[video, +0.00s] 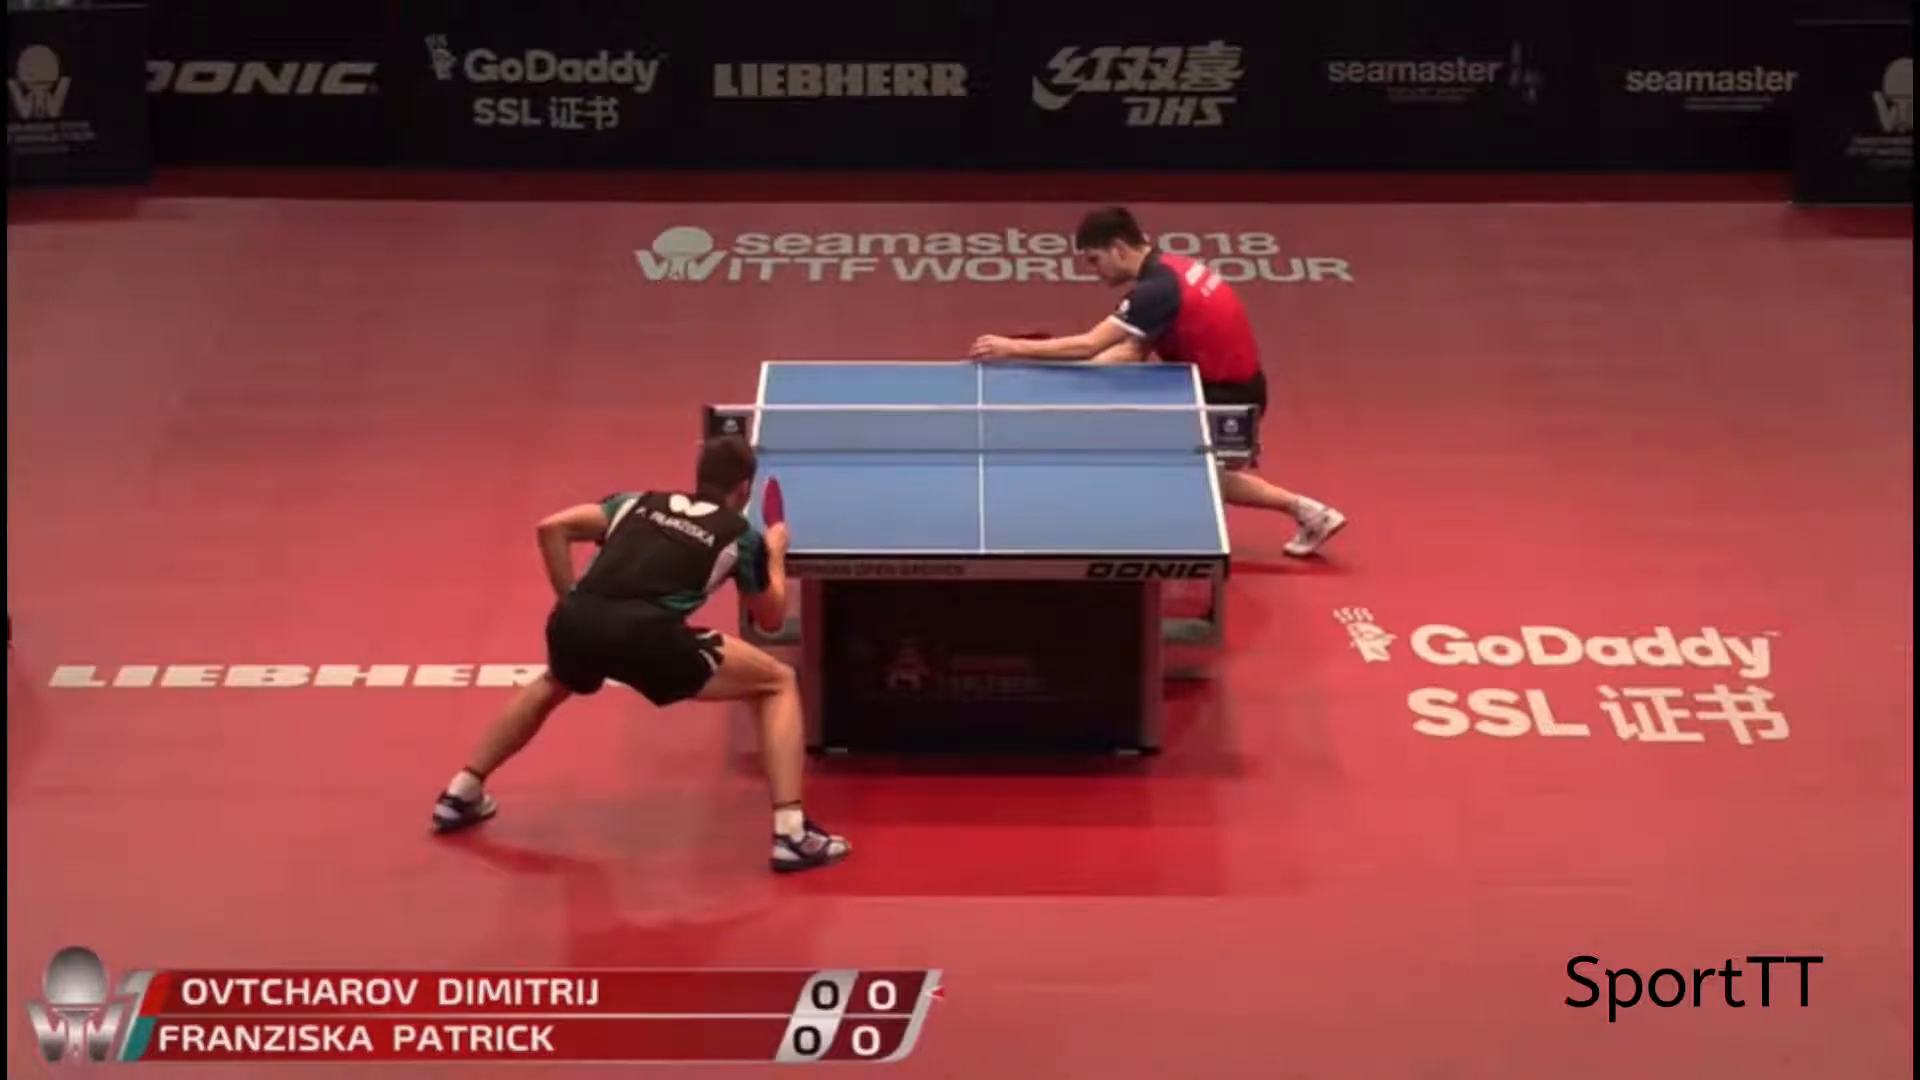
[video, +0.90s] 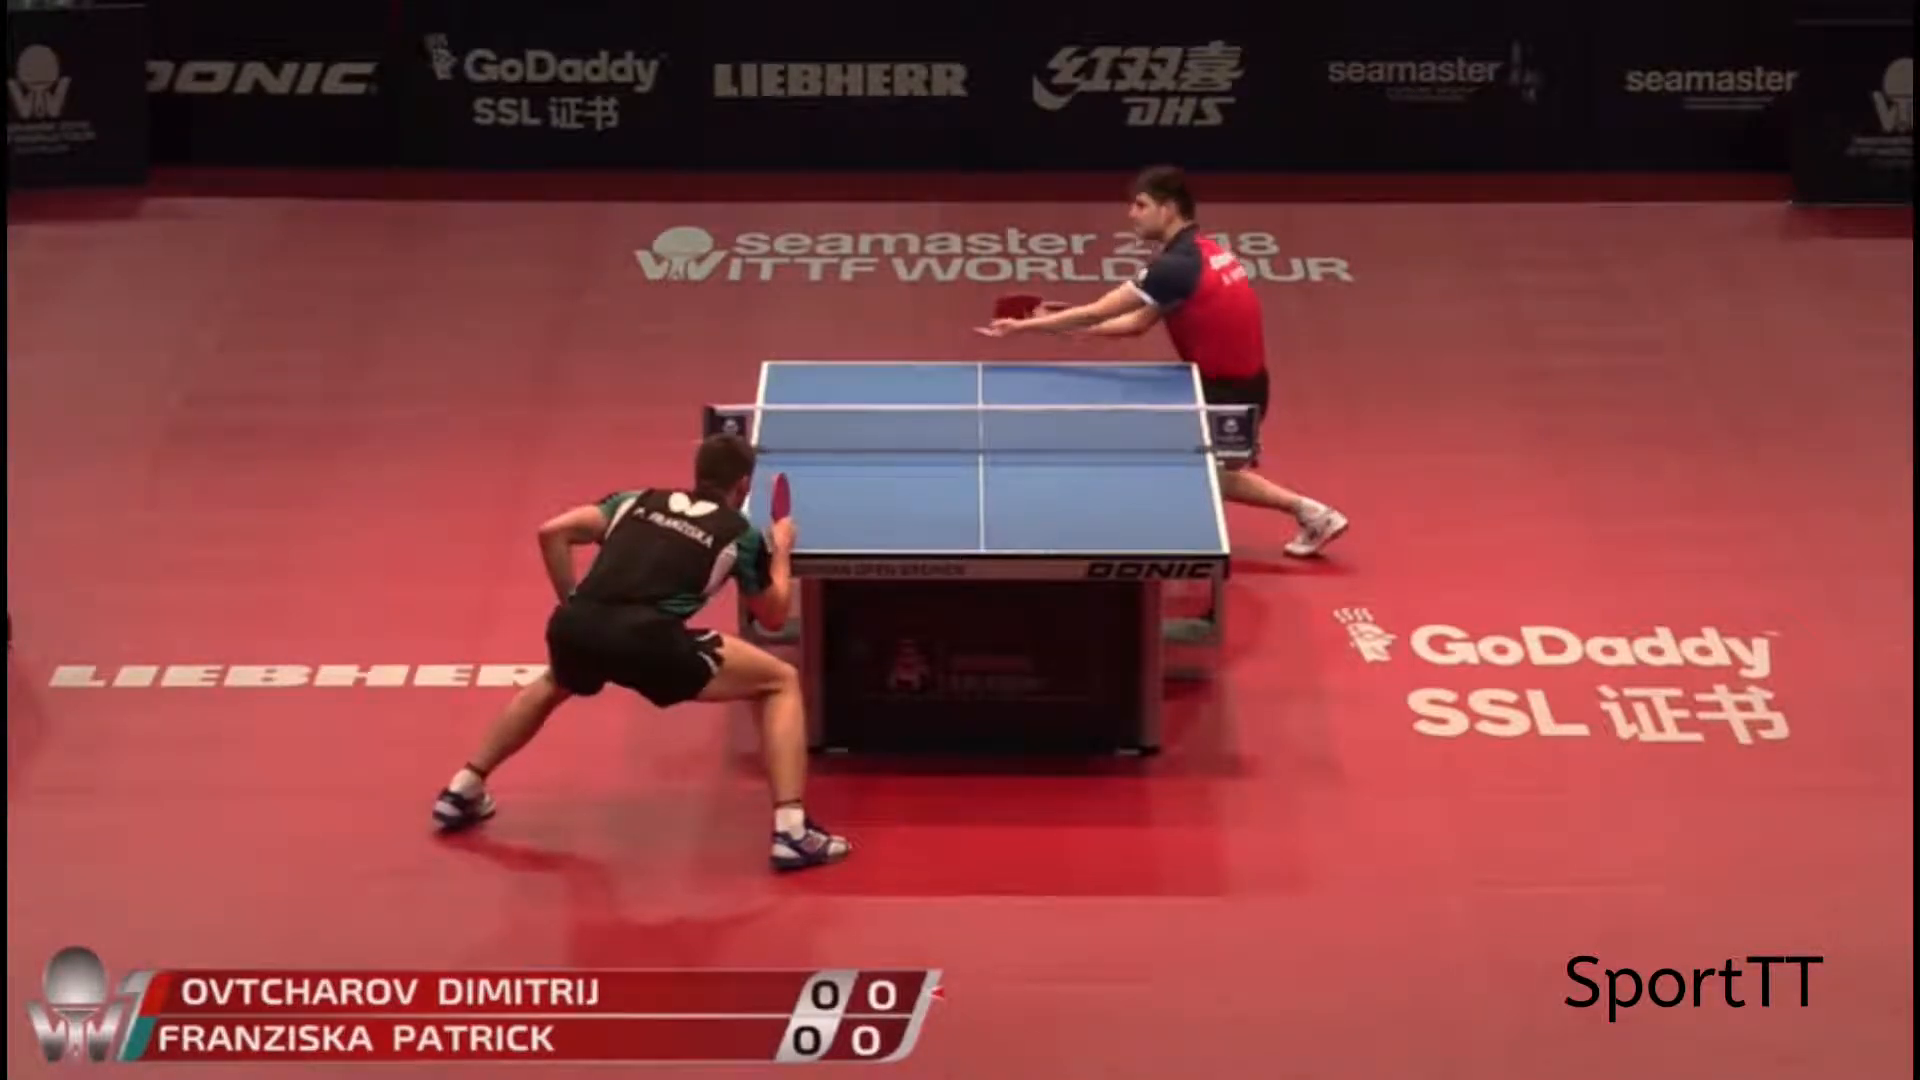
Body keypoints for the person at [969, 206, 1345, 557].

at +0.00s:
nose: (1093, 271)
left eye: (1094, 260)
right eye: (1090, 262)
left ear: (1119, 248)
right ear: (1128, 245)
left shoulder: (1158, 284)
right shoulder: (1166, 269)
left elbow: (1088, 345)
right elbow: (1135, 349)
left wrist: (1012, 348)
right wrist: (1079, 374)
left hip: (1231, 391)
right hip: (1210, 382)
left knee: (1213, 478)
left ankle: (1309, 512)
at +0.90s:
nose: (1132, 216)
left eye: (1138, 207)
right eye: (1133, 207)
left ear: (1167, 208)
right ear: (1174, 210)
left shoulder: (1178, 262)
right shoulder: (1207, 249)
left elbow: (1098, 312)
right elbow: (1136, 323)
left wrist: (1023, 326)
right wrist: (1070, 322)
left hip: (1224, 390)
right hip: (1242, 383)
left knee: (1216, 477)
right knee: (1219, 475)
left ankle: (1311, 513)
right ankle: (1310, 515)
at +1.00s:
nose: (1145, 184)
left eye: (1154, 176)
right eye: (1147, 175)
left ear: (1180, 181)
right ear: (1182, 183)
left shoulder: (1188, 234)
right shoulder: (1210, 223)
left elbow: (1112, 276)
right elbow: (1139, 283)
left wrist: (1053, 278)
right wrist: (1070, 273)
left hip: (1223, 369)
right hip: (1238, 364)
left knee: (1230, 467)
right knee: (1232, 466)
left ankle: (1319, 516)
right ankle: (1318, 517)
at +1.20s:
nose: (1159, 139)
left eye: (1171, 131)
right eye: (1162, 131)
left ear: (1200, 142)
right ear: (1195, 143)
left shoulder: (1202, 183)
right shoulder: (1212, 189)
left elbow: (1121, 162)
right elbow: (1127, 205)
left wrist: (1063, 108)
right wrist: (1074, 151)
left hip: (1217, 337)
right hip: (1241, 336)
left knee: (1130, 410)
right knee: (1242, 445)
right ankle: (1325, 520)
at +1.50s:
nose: (1181, 110)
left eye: (1192, 103)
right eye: (1184, 101)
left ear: (1220, 117)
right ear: (1217, 120)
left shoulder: (1216, 161)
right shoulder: (1229, 165)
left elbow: (1136, 155)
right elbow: (1144, 192)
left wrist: (1068, 115)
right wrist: (1088, 137)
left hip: (1225, 315)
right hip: (1253, 315)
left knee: (1145, 406)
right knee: (1250, 430)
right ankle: (1330, 525)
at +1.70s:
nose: (1198, 101)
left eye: (1210, 94)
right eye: (1201, 93)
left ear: (1238, 109)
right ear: (1236, 113)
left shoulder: (1232, 155)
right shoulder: (1258, 162)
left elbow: (1155, 177)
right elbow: (1204, 243)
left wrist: (1085, 146)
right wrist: (1124, 240)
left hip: (1237, 307)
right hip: (1272, 307)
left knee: (1162, 403)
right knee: (1267, 425)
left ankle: (1162, 528)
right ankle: (1334, 530)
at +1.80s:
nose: (1204, 98)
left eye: (1216, 92)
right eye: (1208, 90)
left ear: (1244, 107)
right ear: (1242, 111)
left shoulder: (1237, 154)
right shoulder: (1268, 161)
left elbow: (1168, 183)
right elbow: (1242, 255)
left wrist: (1097, 159)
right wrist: (1168, 283)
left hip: (1241, 305)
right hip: (1279, 304)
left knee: (1172, 406)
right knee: (1274, 420)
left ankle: (1166, 530)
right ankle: (1334, 529)